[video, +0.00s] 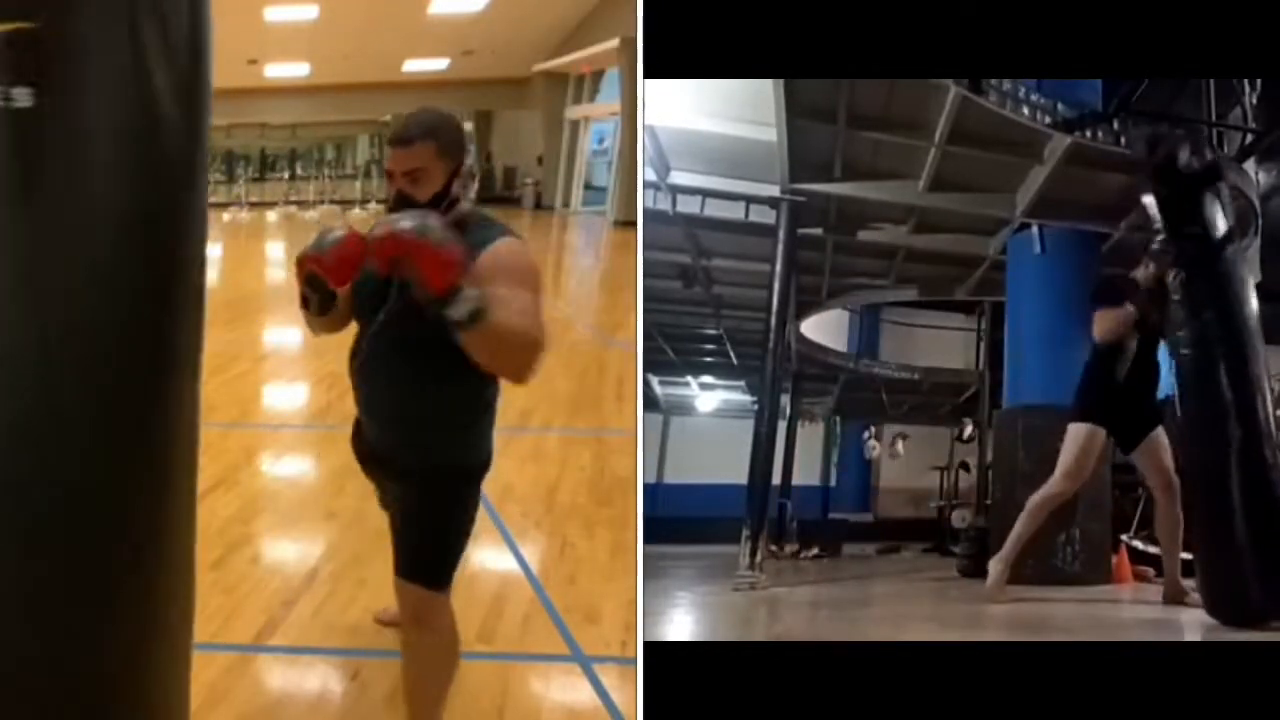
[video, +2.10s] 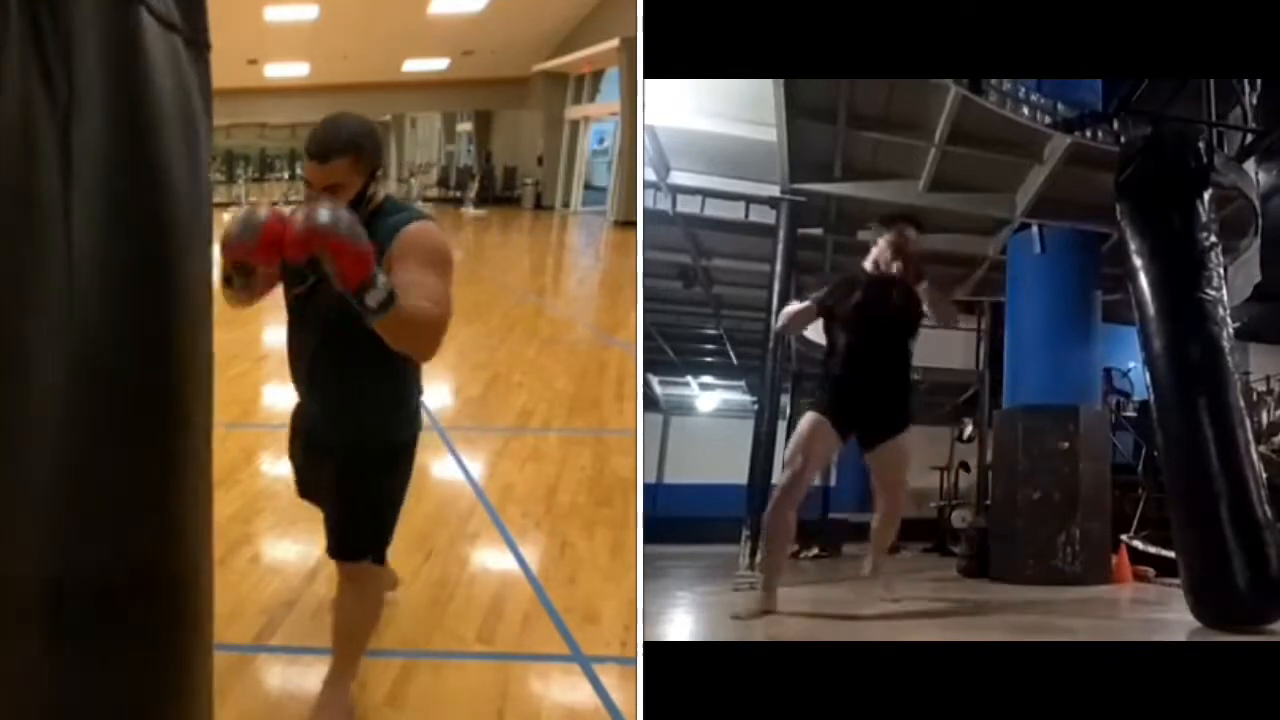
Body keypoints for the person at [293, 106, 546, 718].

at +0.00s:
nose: (401, 191)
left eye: (415, 178)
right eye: (393, 177)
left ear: (456, 173)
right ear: (386, 173)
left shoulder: (497, 251)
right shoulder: (387, 237)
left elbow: (520, 361)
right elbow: (329, 324)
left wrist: (451, 294)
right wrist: (318, 287)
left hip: (443, 449)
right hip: (377, 428)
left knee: (421, 602)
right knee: (407, 524)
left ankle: (424, 711)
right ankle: (419, 607)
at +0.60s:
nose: (332, 190)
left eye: (343, 176)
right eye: (324, 178)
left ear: (381, 161)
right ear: (319, 169)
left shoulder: (445, 215)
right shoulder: (348, 222)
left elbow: (503, 303)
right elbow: (319, 297)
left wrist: (410, 266)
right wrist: (292, 280)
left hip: (442, 413)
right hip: (380, 403)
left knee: (371, 542)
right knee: (410, 511)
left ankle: (391, 695)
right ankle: (432, 598)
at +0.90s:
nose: (329, 223)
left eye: (341, 206)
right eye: (318, 212)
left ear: (377, 188)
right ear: (310, 205)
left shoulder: (444, 233)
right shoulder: (332, 251)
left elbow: (550, 296)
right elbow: (323, 298)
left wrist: (441, 278)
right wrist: (279, 327)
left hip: (446, 448)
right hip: (368, 435)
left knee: (415, 601)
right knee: (340, 520)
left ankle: (406, 712)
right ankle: (415, 580)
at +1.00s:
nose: (364, 221)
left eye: (378, 204)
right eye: (351, 208)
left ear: (416, 186)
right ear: (338, 199)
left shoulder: (472, 238)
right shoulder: (321, 260)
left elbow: (586, 292)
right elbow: (238, 318)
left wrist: (535, 245)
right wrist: (180, 354)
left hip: (454, 453)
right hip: (369, 446)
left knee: (422, 606)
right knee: (377, 534)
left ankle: (410, 712)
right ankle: (421, 586)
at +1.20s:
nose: (363, 198)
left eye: (377, 185)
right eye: (354, 185)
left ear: (419, 174)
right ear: (347, 179)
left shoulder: (484, 237)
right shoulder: (331, 246)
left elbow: (554, 325)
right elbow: (276, 301)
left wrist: (481, 292)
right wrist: (265, 337)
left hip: (437, 447)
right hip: (357, 435)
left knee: (422, 592)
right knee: (359, 523)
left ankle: (409, 711)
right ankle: (380, 576)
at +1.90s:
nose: (326, 192)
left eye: (338, 181)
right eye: (319, 180)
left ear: (374, 170)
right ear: (313, 174)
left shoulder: (427, 236)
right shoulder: (315, 233)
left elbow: (475, 323)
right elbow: (288, 304)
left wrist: (391, 333)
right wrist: (273, 317)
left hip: (393, 413)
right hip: (334, 403)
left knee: (364, 550)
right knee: (358, 506)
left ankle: (340, 686)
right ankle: (387, 586)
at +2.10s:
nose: (319, 201)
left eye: (333, 188)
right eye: (311, 186)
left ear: (370, 178)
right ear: (304, 176)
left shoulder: (414, 237)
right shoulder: (304, 228)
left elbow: (424, 339)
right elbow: (243, 294)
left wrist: (365, 282)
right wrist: (239, 260)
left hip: (379, 420)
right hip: (317, 408)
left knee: (353, 557)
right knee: (333, 503)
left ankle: (339, 686)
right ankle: (376, 574)